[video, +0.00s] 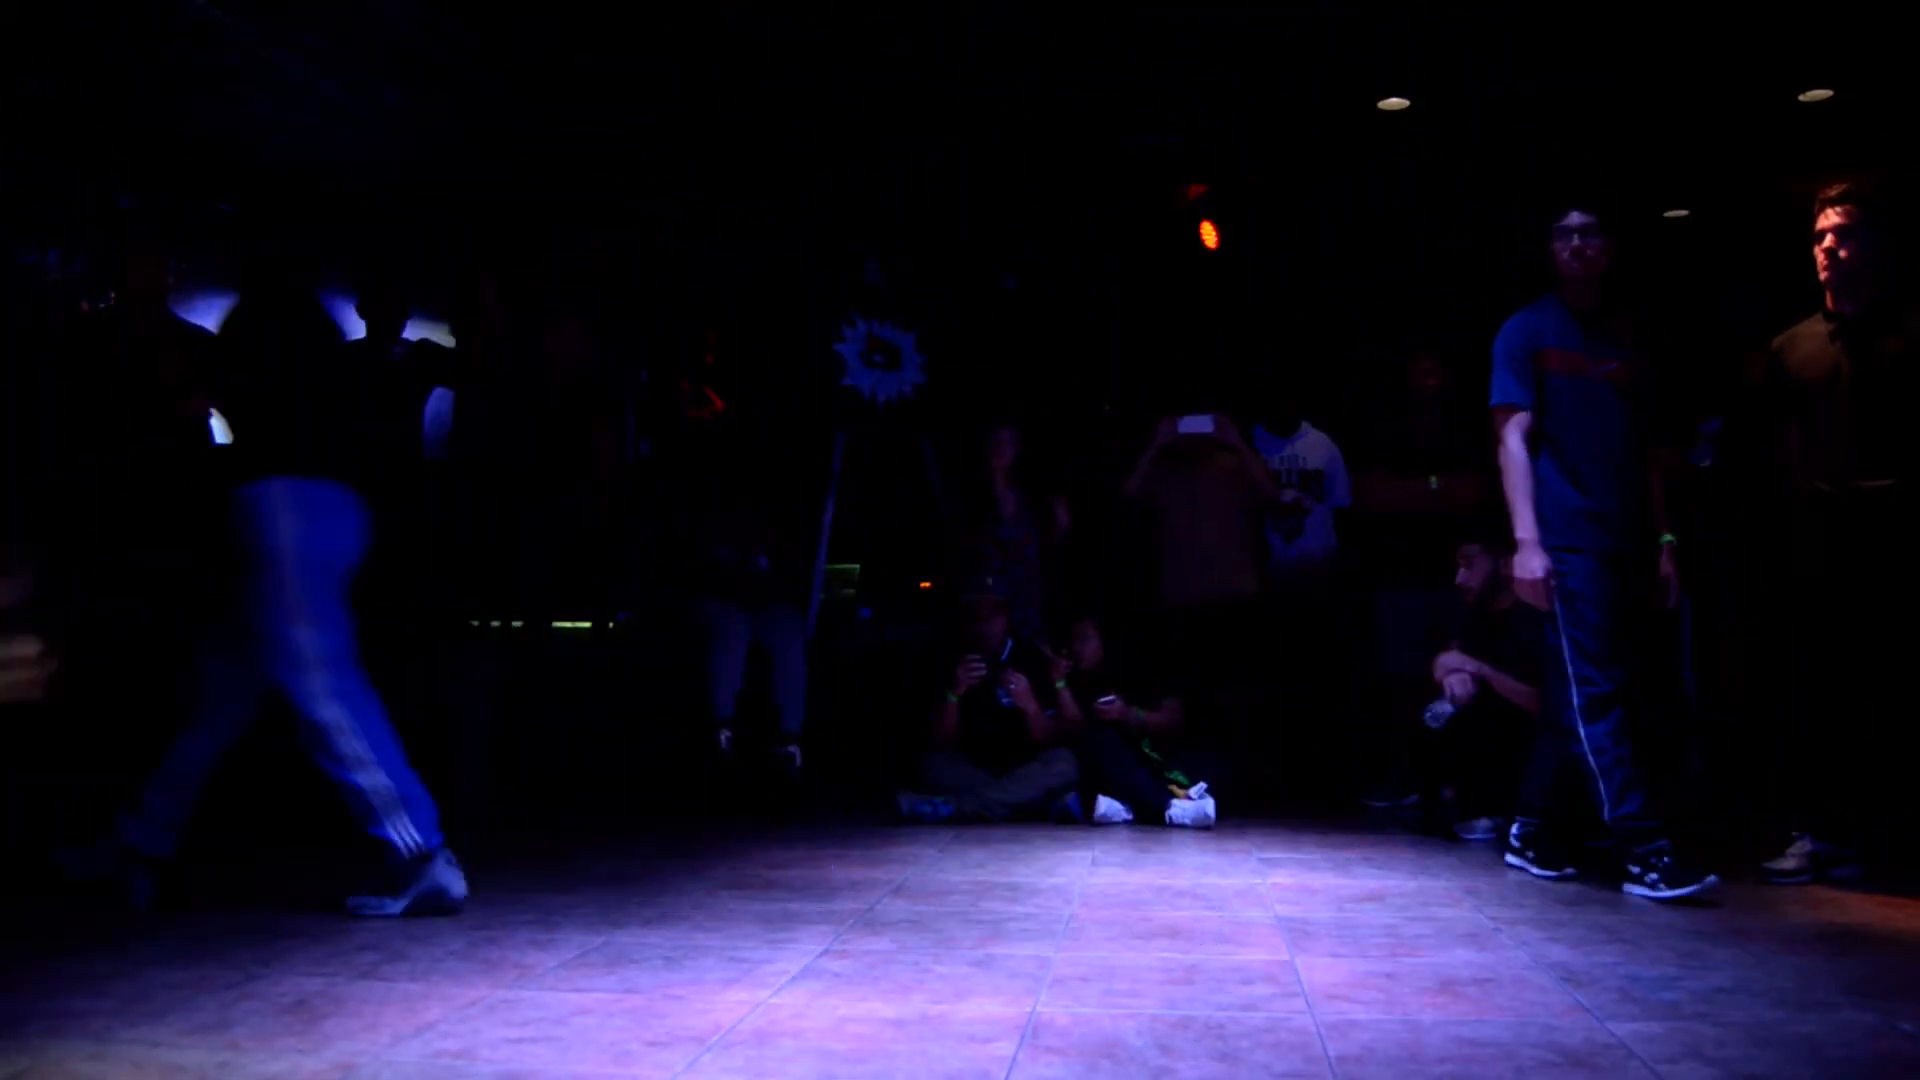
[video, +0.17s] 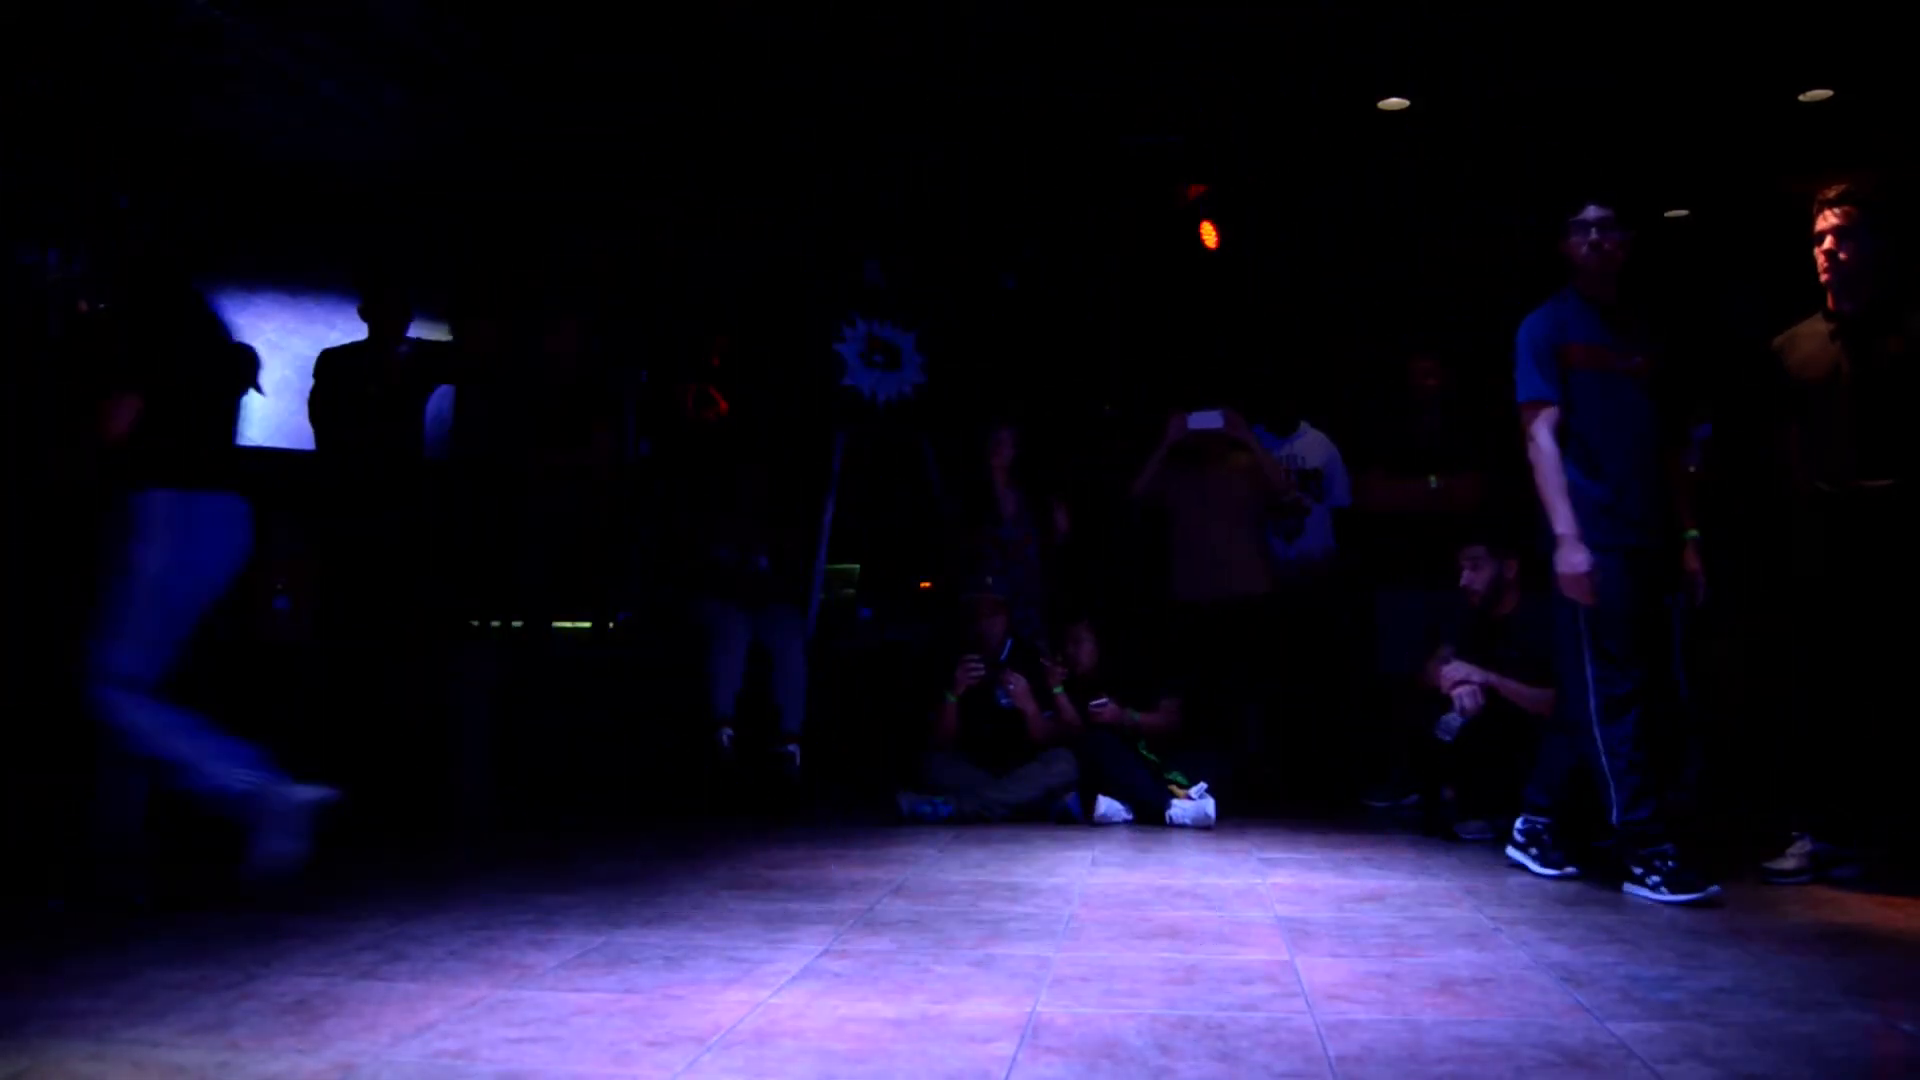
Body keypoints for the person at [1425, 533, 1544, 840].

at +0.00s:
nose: (1460, 578)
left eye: (1469, 566)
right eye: (1459, 567)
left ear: (1501, 567)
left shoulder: (1528, 621)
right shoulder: (1466, 614)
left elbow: (1539, 701)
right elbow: (1442, 658)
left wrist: (1477, 667)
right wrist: (1450, 673)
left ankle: (1490, 811)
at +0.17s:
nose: (1464, 580)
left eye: (1476, 568)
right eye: (1463, 569)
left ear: (1509, 570)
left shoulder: (1539, 622)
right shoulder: (1468, 617)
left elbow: (1551, 703)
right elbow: (1437, 662)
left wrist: (1486, 677)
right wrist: (1455, 682)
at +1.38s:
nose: (1492, 594)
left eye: (1504, 583)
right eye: (1488, 584)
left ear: (1533, 589)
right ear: (1481, 587)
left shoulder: (1566, 635)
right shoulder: (1480, 632)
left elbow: (1624, 699)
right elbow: (1420, 689)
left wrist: (1531, 696)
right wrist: (1478, 690)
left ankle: (1588, 819)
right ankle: (1495, 815)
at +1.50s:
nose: (1491, 592)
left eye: (1505, 581)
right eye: (1488, 581)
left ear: (1534, 587)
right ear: (1482, 584)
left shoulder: (1565, 631)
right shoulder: (1480, 630)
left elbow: (1623, 697)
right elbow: (1419, 692)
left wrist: (1535, 695)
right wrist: (1480, 693)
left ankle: (1590, 818)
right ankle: (1498, 816)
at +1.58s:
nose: (1490, 596)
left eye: (1504, 585)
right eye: (1487, 584)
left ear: (1533, 591)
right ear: (1480, 586)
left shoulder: (1565, 633)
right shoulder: (1478, 632)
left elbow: (1623, 697)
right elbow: (1419, 692)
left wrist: (1535, 695)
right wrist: (1481, 694)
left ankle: (1589, 819)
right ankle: (1498, 816)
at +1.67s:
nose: (1488, 605)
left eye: (1501, 592)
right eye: (1483, 593)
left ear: (1530, 595)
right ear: (1477, 595)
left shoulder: (1564, 635)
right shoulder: (1476, 635)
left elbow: (1625, 695)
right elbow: (1420, 692)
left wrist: (1538, 694)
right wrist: (1483, 694)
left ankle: (1589, 818)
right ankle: (1496, 816)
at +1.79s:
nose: (1487, 610)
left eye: (1499, 598)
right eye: (1481, 598)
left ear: (1527, 598)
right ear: (1475, 598)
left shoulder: (1562, 636)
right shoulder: (1473, 636)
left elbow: (1626, 695)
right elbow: (1420, 692)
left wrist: (1540, 691)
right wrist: (1483, 692)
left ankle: (1589, 819)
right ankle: (1494, 815)